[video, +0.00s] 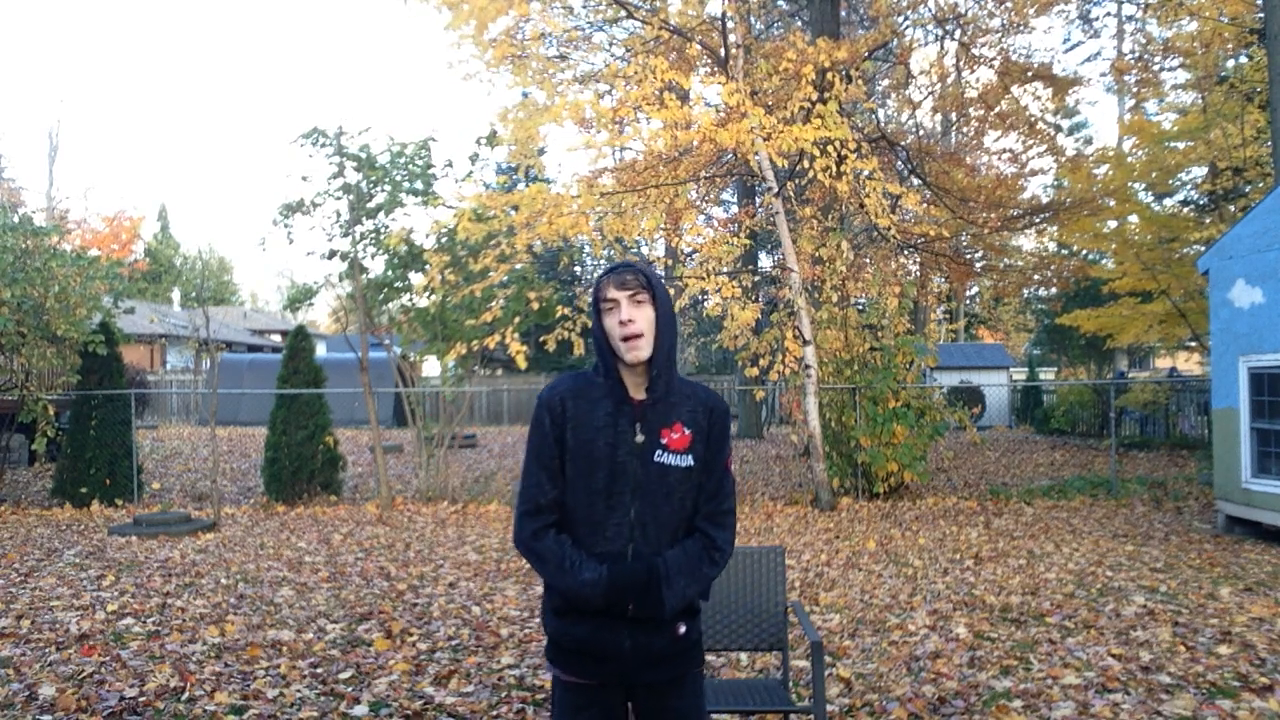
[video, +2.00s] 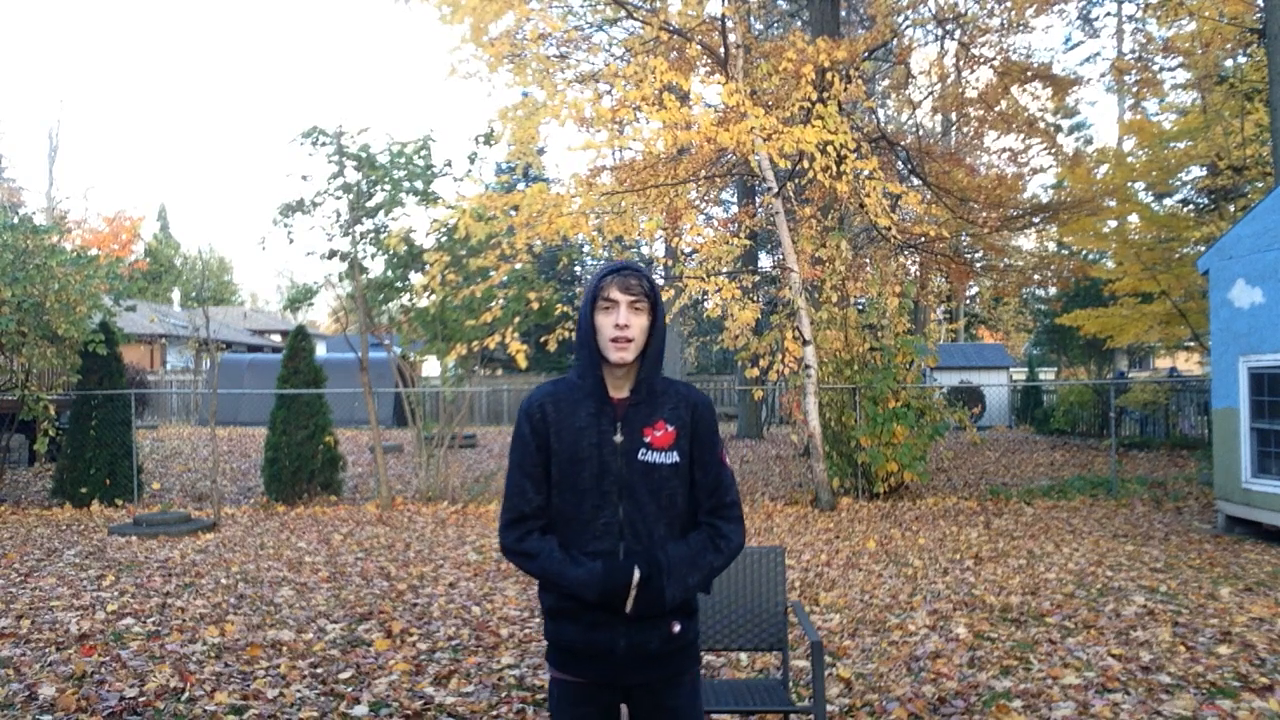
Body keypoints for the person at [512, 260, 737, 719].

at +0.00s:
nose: (626, 318)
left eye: (638, 302)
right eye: (611, 307)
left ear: (662, 313)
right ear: (599, 324)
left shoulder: (704, 409)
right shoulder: (562, 402)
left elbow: (717, 531)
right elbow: (532, 527)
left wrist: (659, 583)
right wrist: (601, 583)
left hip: (670, 649)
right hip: (582, 649)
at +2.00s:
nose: (621, 321)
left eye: (636, 308)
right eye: (607, 307)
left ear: (653, 322)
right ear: (589, 319)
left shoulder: (689, 408)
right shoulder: (546, 409)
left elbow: (726, 526)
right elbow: (518, 532)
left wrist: (660, 577)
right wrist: (596, 580)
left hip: (667, 650)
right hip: (579, 651)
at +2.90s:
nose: (627, 313)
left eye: (642, 301)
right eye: (614, 300)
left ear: (660, 317)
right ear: (595, 314)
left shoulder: (697, 400)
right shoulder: (553, 401)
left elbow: (762, 498)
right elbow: (501, 509)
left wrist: (680, 538)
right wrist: (593, 553)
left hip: (681, 645)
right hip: (590, 649)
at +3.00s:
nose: (620, 313)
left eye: (634, 300)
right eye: (606, 300)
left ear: (652, 317)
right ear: (586, 315)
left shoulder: (690, 391)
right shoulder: (547, 392)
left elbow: (783, 468)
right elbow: (481, 486)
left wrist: (756, 555)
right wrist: (521, 572)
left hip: (673, 638)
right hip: (582, 641)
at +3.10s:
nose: (617, 322)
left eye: (631, 310)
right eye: (603, 309)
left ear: (649, 325)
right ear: (582, 321)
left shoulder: (684, 402)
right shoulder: (537, 408)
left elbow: (761, 503)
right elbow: (483, 521)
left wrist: (851, 595)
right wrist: (437, 637)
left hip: (665, 650)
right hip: (573, 653)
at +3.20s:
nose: (612, 321)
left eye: (626, 309)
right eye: (598, 308)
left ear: (645, 323)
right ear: (577, 321)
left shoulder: (678, 402)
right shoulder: (540, 408)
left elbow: (725, 526)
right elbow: (511, 544)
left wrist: (824, 580)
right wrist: (437, 635)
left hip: (659, 648)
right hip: (566, 652)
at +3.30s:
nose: (609, 316)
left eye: (623, 305)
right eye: (595, 304)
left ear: (642, 319)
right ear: (576, 319)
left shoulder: (678, 402)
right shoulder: (539, 408)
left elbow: (696, 530)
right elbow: (532, 541)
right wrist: (477, 628)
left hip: (658, 645)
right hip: (570, 647)